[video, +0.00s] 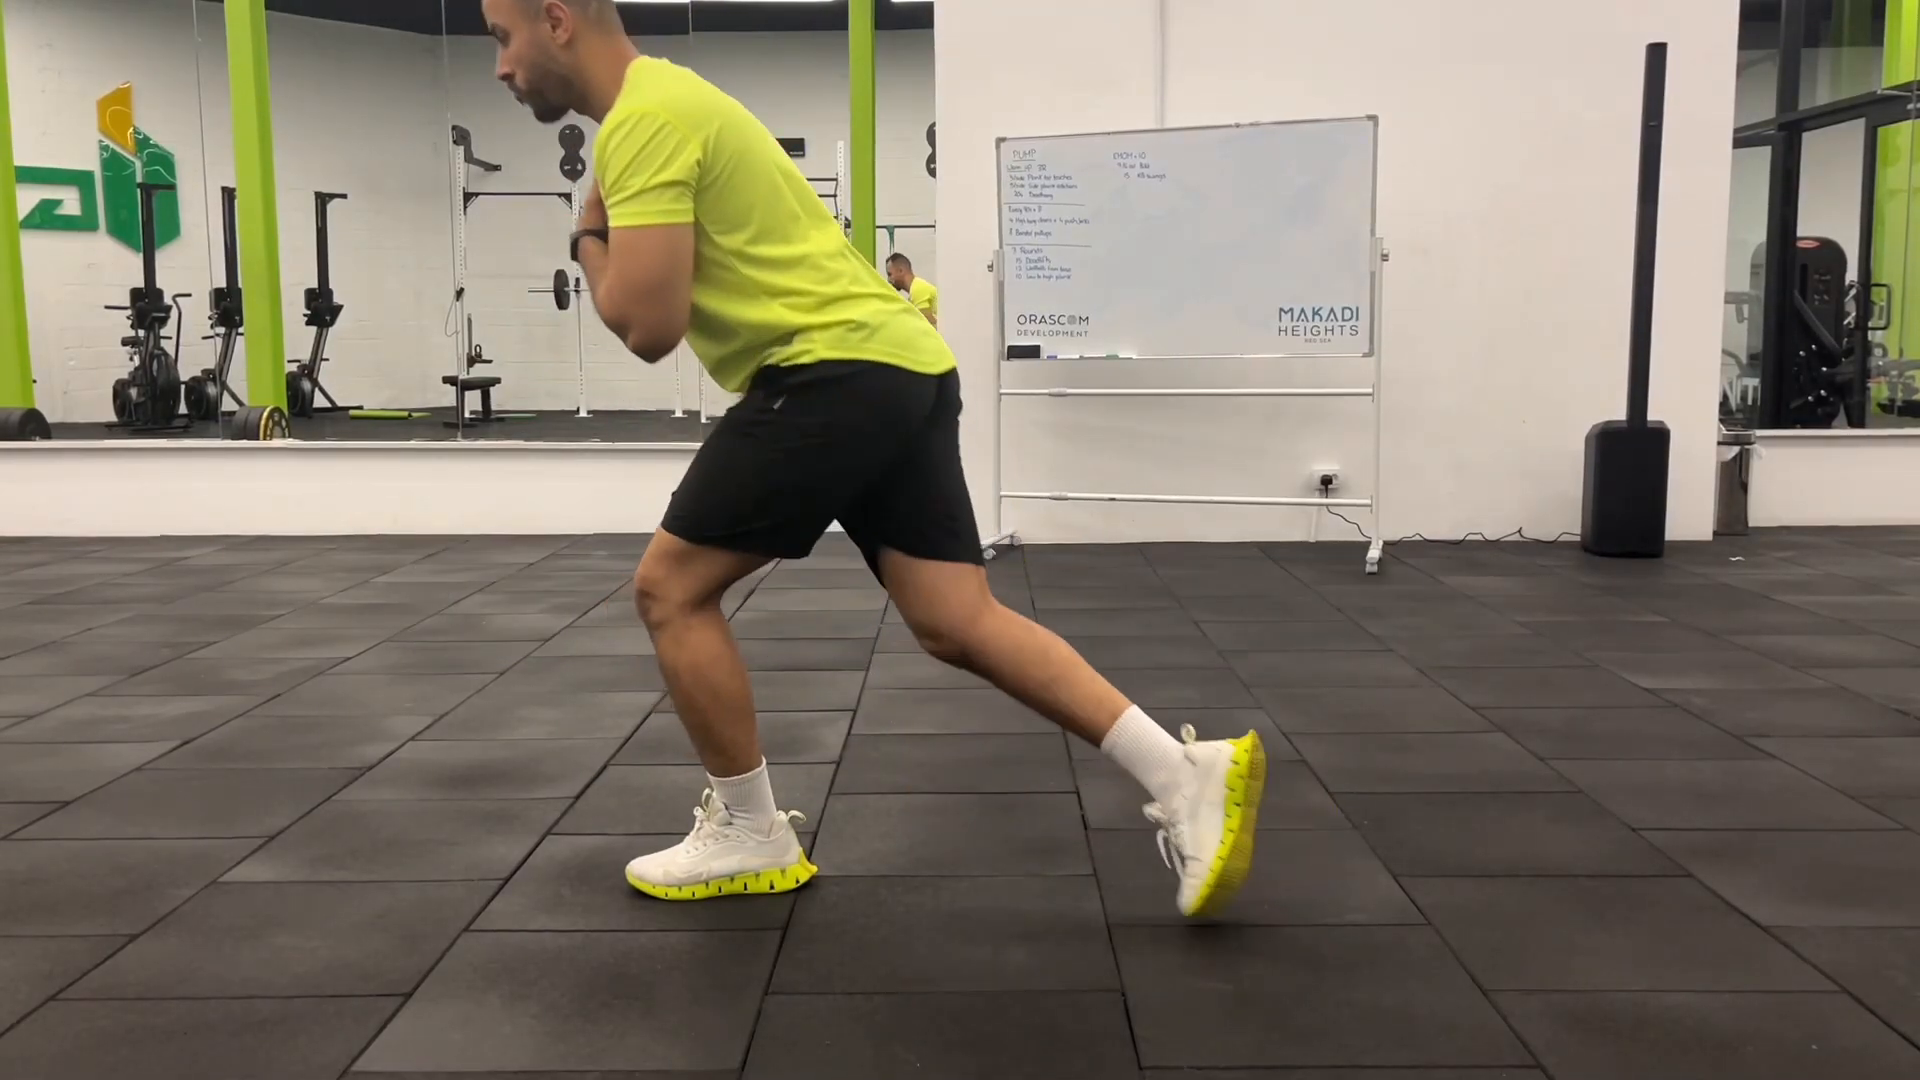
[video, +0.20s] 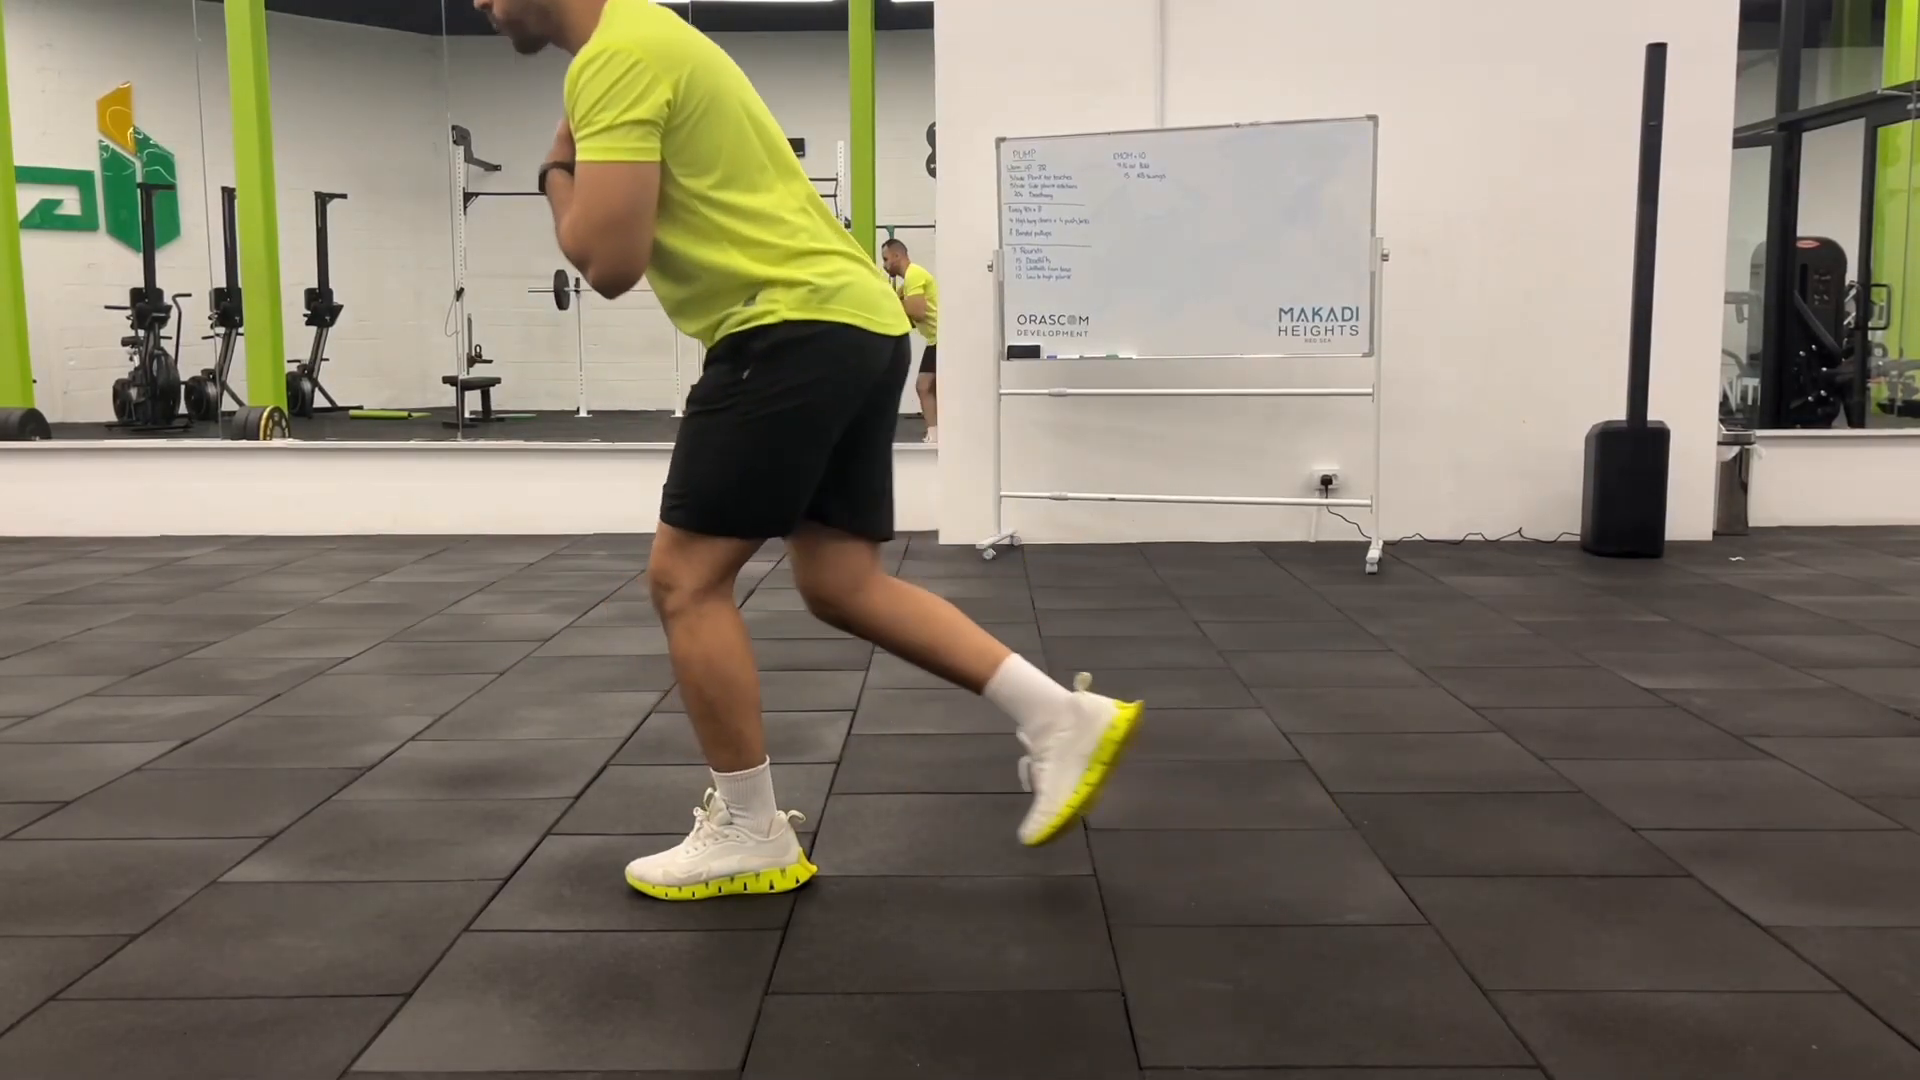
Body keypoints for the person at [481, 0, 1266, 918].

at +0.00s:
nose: (499, 67)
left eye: (502, 39)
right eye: (492, 42)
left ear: (560, 23)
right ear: (571, 27)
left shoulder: (650, 116)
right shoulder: (676, 104)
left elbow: (649, 326)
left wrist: (590, 248)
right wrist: (616, 247)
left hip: (827, 376)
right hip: (904, 368)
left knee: (671, 590)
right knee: (956, 620)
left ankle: (749, 829)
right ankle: (1182, 775)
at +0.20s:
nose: (483, 9)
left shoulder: (619, 54)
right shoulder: (661, 42)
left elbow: (611, 261)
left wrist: (556, 183)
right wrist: (590, 196)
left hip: (780, 330)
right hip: (863, 324)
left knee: (685, 584)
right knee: (841, 583)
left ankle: (749, 829)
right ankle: (1059, 717)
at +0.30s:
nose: (527, 7)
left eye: (529, 1)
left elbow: (592, 233)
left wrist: (549, 145)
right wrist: (578, 140)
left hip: (762, 316)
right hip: (838, 310)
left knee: (694, 577)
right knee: (786, 563)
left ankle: (748, 828)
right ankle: (972, 729)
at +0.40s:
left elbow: (580, 206)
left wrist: (547, 119)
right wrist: (573, 123)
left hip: (748, 304)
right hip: (820, 297)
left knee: (703, 569)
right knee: (758, 548)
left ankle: (749, 829)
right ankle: (869, 752)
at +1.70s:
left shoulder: (620, 21)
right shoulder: (654, 22)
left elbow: (609, 224)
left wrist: (540, 136)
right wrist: (574, 128)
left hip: (760, 312)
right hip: (819, 304)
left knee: (707, 576)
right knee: (809, 554)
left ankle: (750, 828)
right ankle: (996, 729)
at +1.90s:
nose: (461, 18)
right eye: (454, 7)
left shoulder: (619, 60)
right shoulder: (632, 53)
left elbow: (623, 268)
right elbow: (645, 243)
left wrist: (546, 187)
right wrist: (571, 182)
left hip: (788, 337)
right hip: (855, 325)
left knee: (688, 587)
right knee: (914, 570)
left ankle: (749, 828)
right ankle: (1137, 709)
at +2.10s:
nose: (482, 77)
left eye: (486, 47)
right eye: (474, 51)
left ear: (555, 31)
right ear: (562, 35)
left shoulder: (650, 130)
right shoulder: (668, 112)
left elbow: (663, 335)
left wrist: (587, 258)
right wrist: (609, 255)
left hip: (826, 391)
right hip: (900, 380)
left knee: (663, 597)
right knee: (973, 620)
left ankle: (748, 831)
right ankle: (1194, 790)